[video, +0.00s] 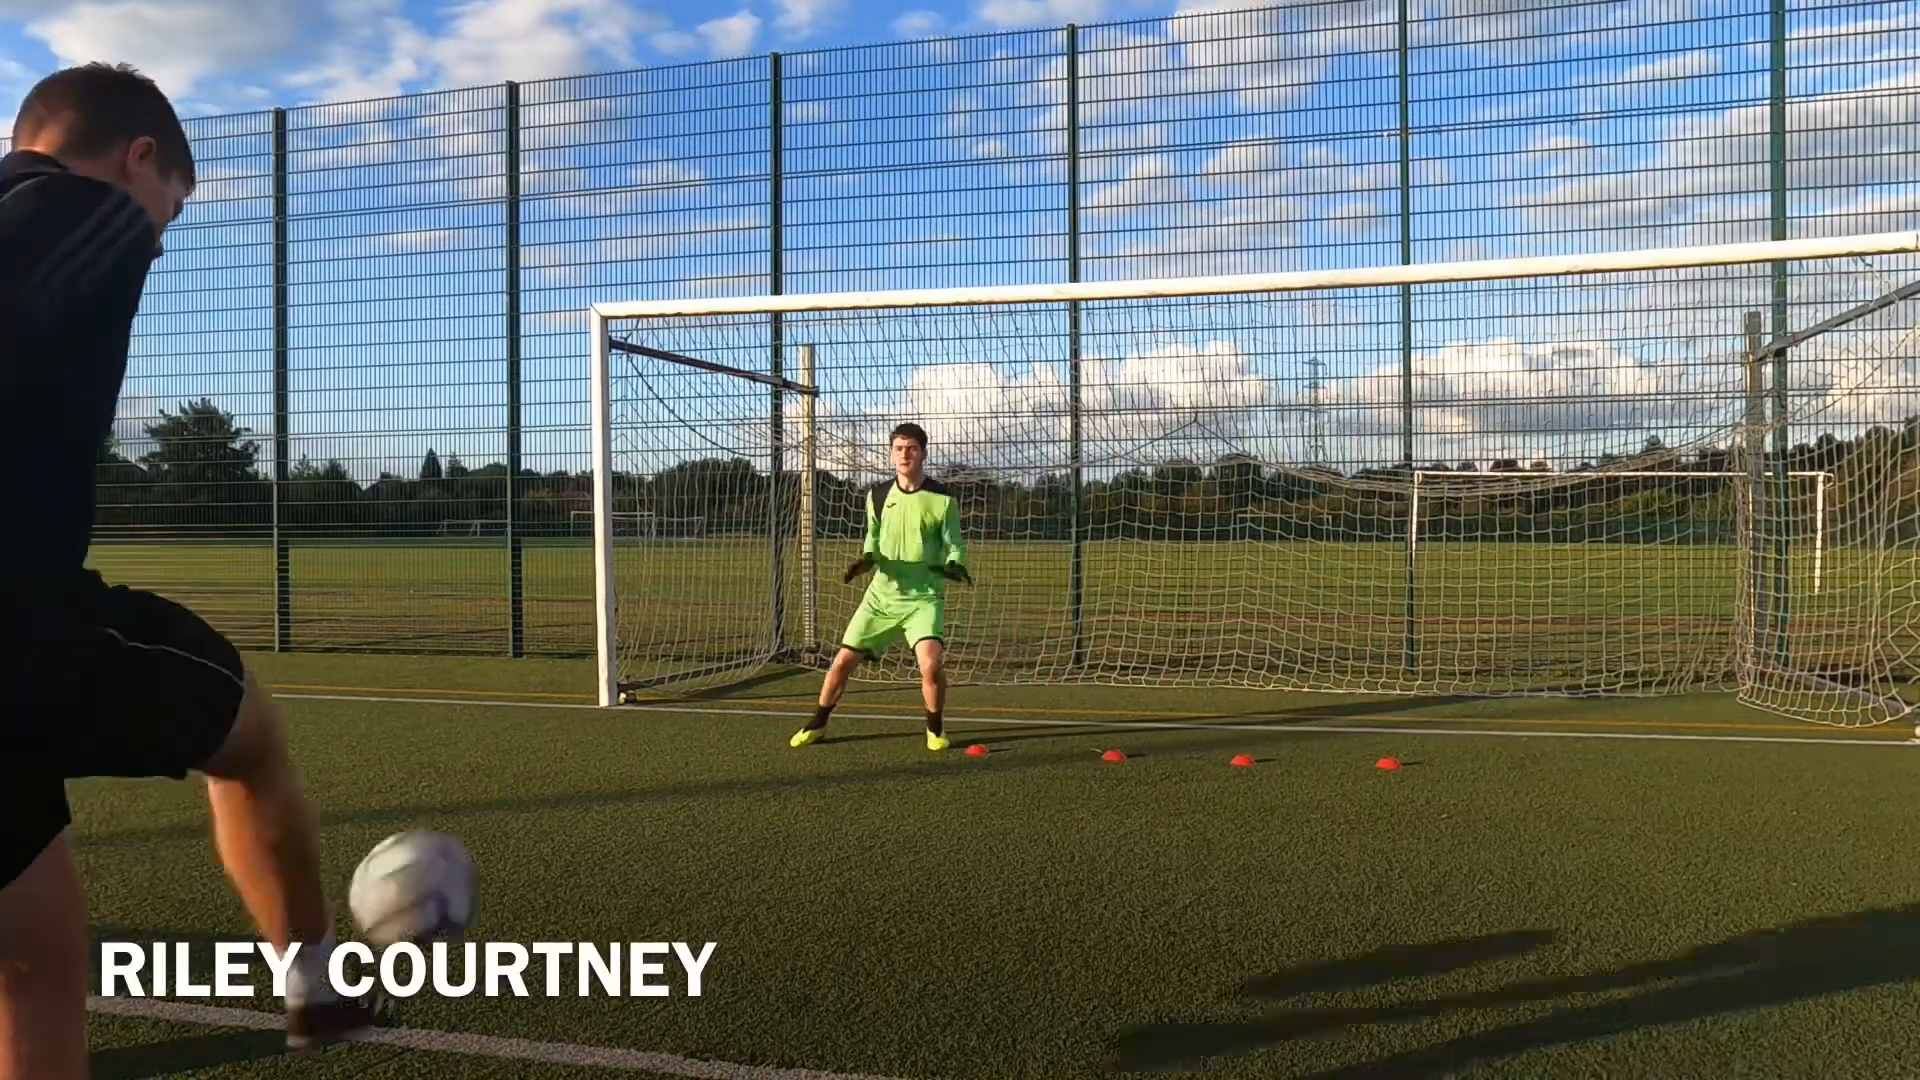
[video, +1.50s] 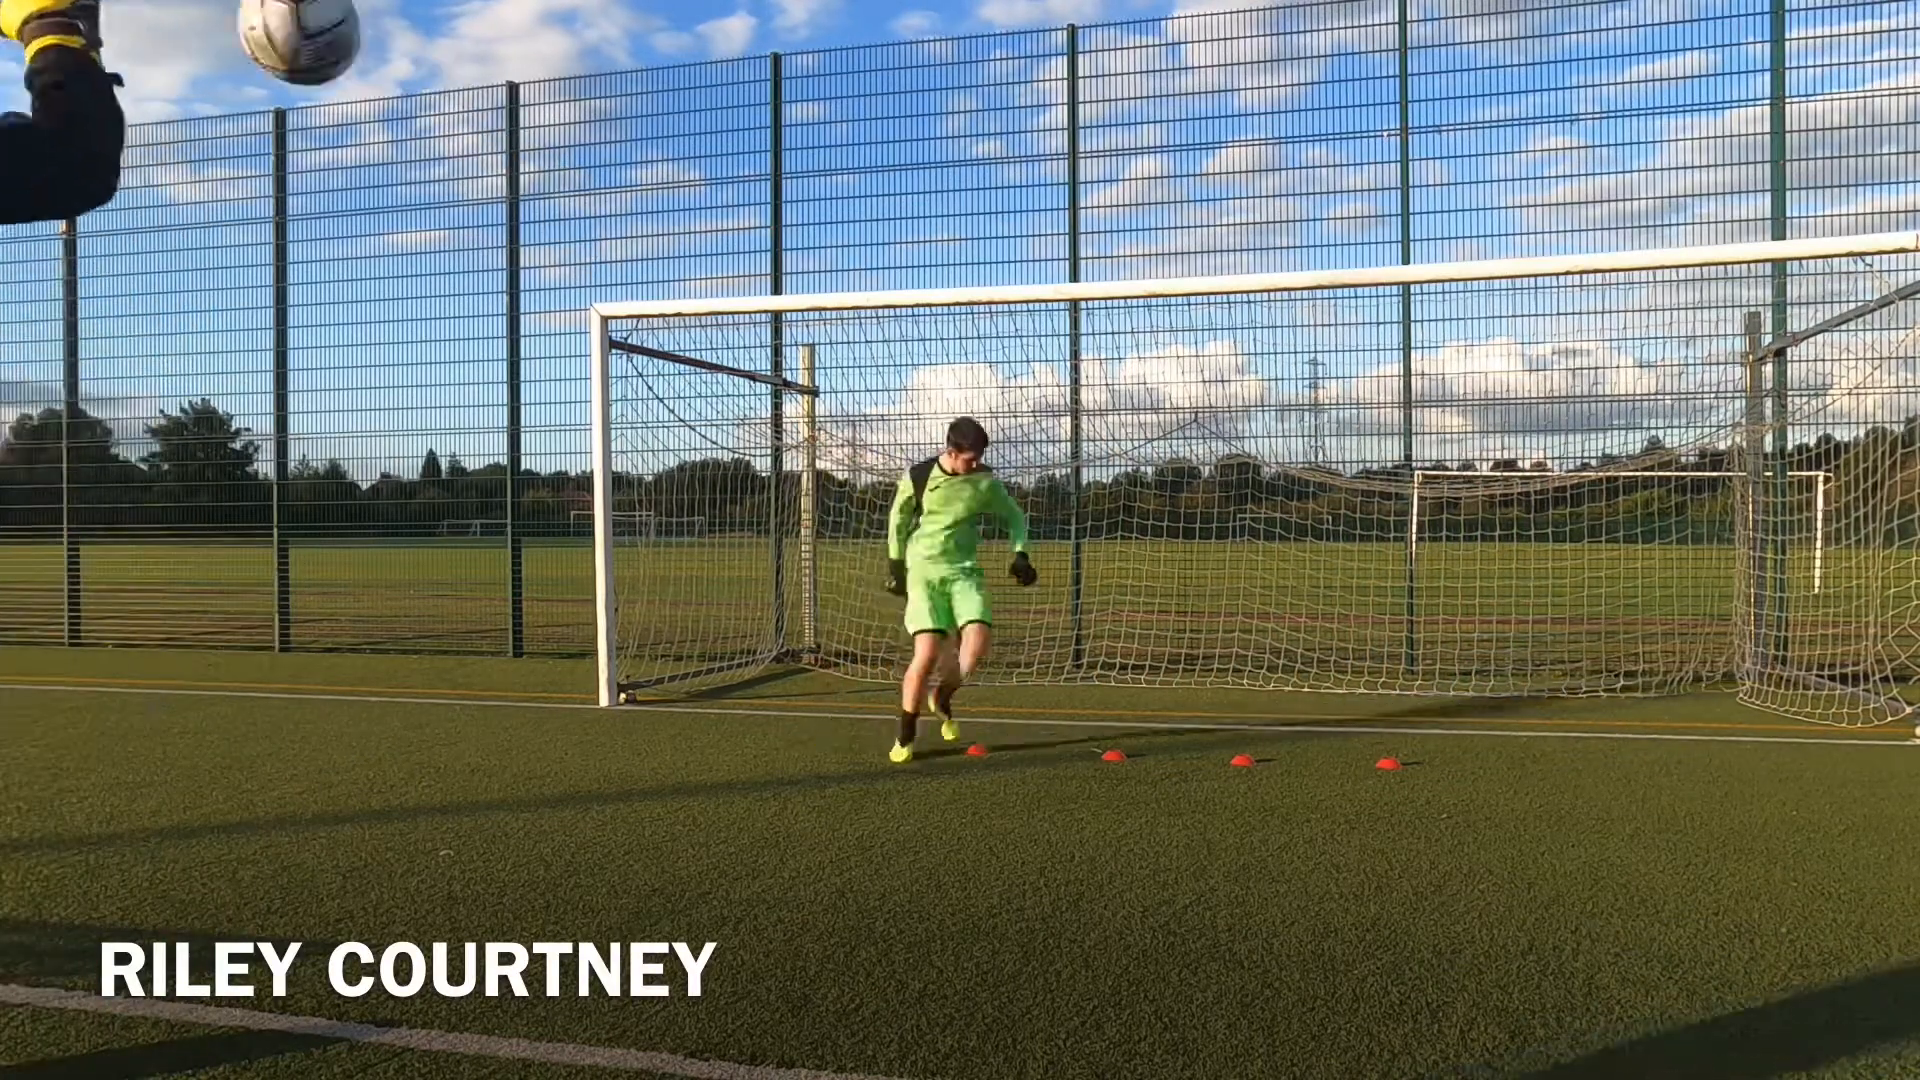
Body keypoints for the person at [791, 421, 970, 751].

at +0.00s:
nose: (904, 455)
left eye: (911, 449)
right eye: (899, 449)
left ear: (923, 454)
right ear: (891, 455)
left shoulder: (943, 501)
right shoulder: (877, 497)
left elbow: (955, 545)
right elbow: (871, 540)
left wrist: (955, 565)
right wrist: (865, 560)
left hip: (923, 599)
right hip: (880, 597)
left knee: (931, 665)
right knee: (842, 662)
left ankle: (935, 729)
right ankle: (818, 723)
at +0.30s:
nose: (868, 431)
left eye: (875, 425)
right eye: (863, 426)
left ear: (888, 431)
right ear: (856, 431)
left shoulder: (899, 474)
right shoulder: (842, 473)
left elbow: (890, 514)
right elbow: (816, 504)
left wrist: (872, 477)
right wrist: (812, 470)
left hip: (895, 583)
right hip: (851, 585)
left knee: (915, 656)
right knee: (827, 654)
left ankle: (934, 729)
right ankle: (816, 724)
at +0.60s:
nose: (816, 443)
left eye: (821, 436)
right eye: (809, 439)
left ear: (833, 439)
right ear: (802, 446)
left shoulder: (863, 472)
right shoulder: (811, 487)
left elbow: (896, 509)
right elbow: (817, 535)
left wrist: (864, 520)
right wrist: (794, 548)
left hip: (884, 578)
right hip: (844, 583)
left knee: (907, 653)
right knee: (827, 651)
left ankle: (933, 727)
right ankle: (816, 724)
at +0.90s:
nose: (816, 439)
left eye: (822, 432)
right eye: (809, 433)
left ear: (833, 436)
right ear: (801, 439)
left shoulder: (860, 471)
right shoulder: (798, 485)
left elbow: (899, 497)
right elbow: (805, 537)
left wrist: (891, 513)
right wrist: (786, 557)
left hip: (880, 574)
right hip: (839, 579)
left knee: (901, 648)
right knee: (826, 653)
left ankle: (933, 725)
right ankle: (816, 724)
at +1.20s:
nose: (890, 456)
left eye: (893, 449)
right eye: (884, 450)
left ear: (896, 445)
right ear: (865, 443)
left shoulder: (906, 479)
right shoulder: (838, 477)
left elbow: (932, 516)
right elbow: (818, 532)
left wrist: (918, 533)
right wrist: (837, 516)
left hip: (901, 582)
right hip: (857, 586)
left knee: (920, 649)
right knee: (837, 657)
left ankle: (912, 716)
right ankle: (818, 723)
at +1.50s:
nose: (977, 463)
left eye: (980, 457)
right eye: (971, 458)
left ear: (981, 452)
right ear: (952, 450)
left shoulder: (986, 484)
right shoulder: (917, 478)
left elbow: (1015, 516)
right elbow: (898, 520)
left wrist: (1020, 552)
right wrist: (896, 565)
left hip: (965, 573)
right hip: (923, 574)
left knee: (976, 647)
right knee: (927, 652)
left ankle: (942, 697)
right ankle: (906, 733)